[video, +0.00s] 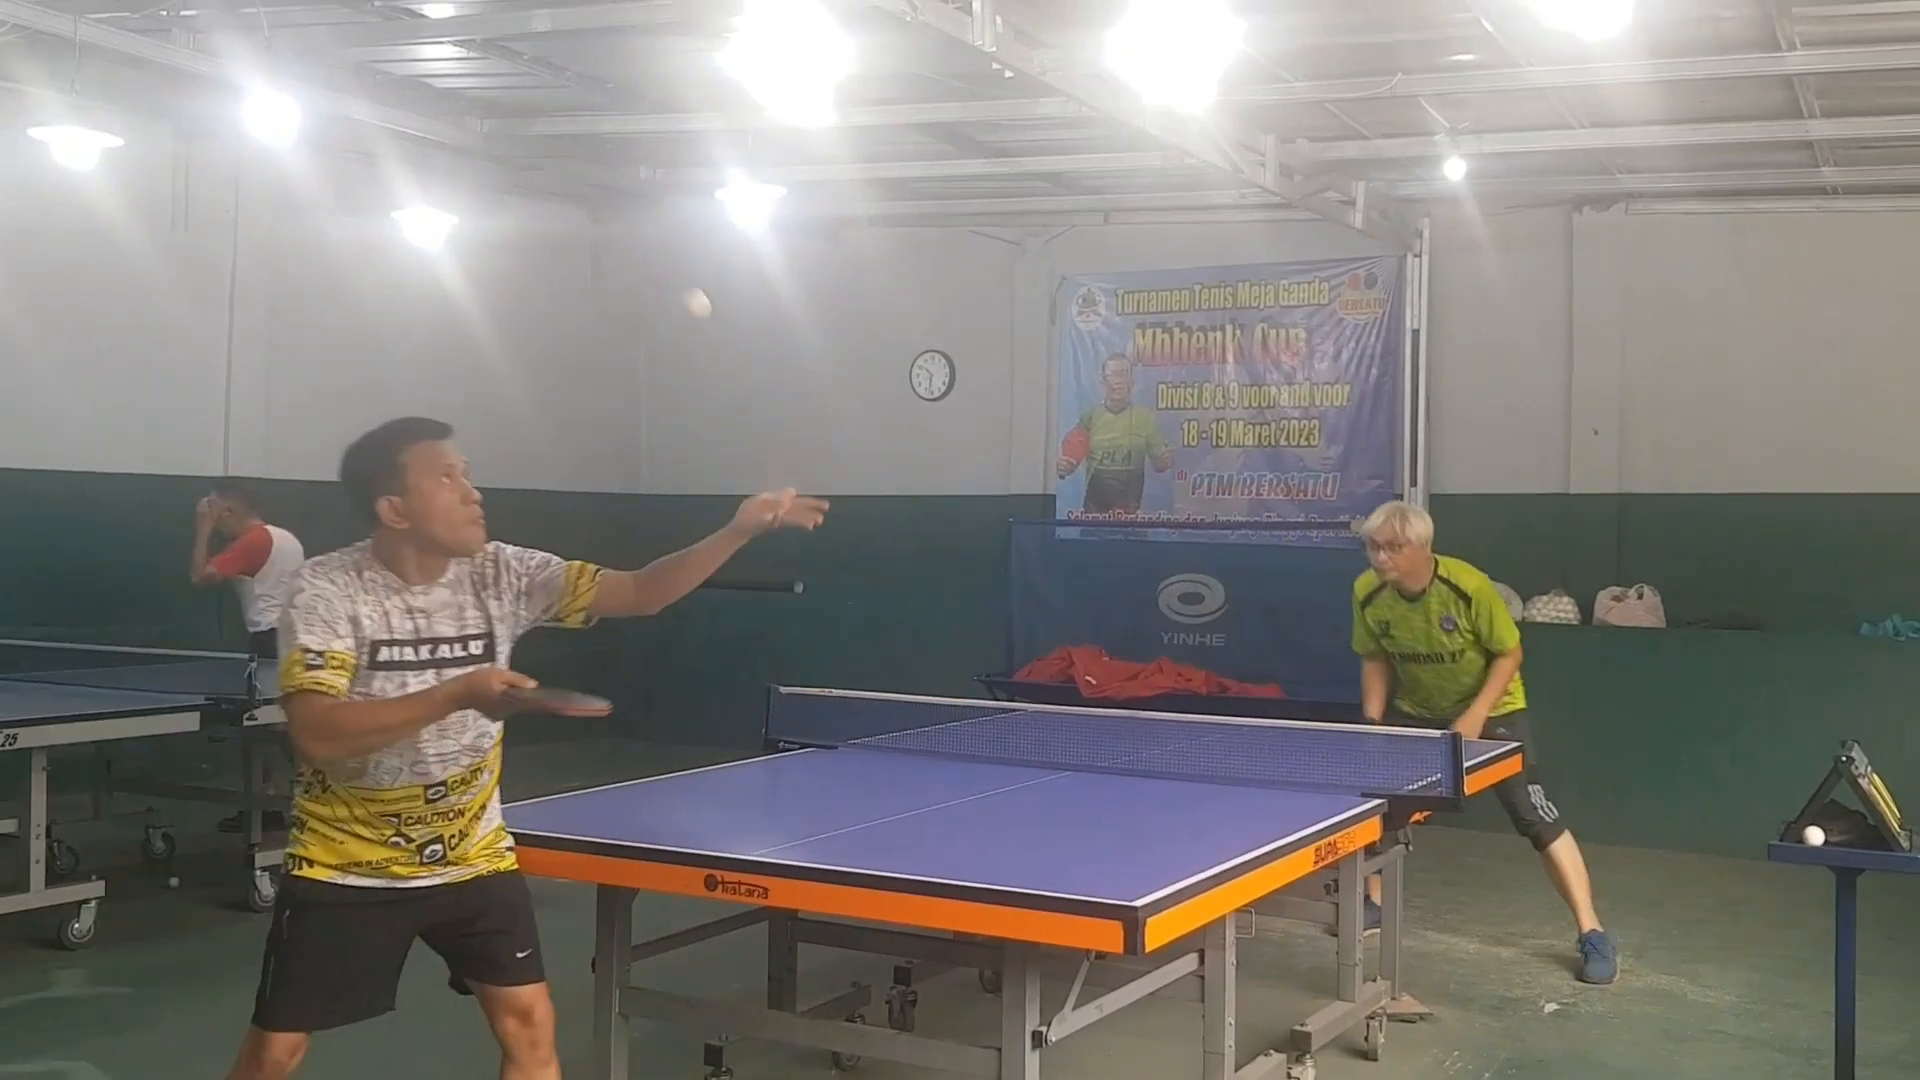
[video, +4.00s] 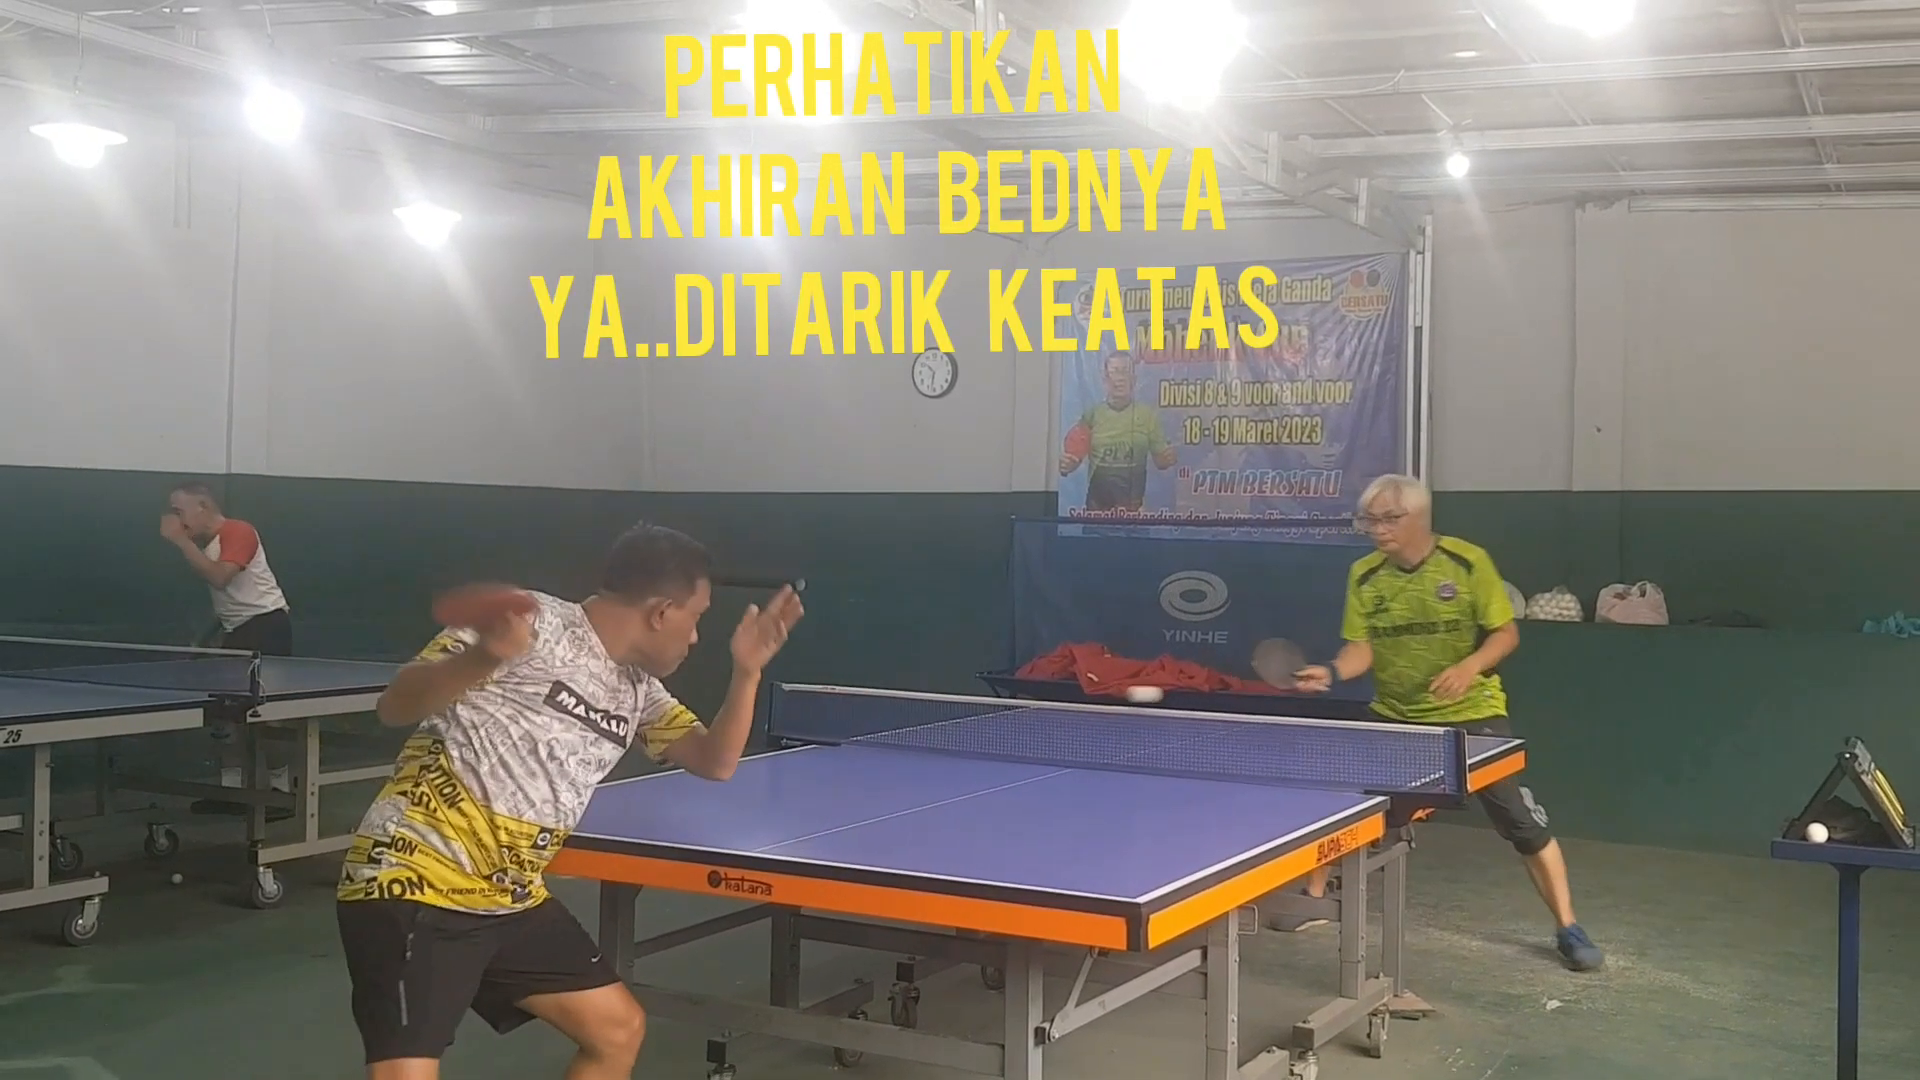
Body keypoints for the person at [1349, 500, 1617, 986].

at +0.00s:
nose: (1378, 557)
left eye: (1389, 548)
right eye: (1373, 548)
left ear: (1419, 547)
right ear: (1369, 550)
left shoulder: (1466, 586)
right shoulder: (1368, 592)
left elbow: (1509, 652)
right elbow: (1374, 658)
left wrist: (1477, 713)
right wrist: (1371, 723)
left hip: (1493, 710)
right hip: (1414, 714)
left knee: (1533, 812)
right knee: (1375, 806)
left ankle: (1591, 932)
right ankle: (1372, 904)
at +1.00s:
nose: (1375, 521)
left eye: (1386, 511)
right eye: (1370, 512)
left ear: (1418, 514)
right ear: (1367, 516)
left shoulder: (1465, 558)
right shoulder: (1357, 564)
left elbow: (1492, 625)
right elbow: (1346, 624)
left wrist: (1452, 681)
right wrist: (1328, 683)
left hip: (1466, 698)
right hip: (1390, 697)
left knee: (1492, 803)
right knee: (1365, 794)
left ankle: (1509, 915)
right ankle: (1368, 897)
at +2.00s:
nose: (1367, 521)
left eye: (1378, 511)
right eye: (1361, 511)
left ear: (1409, 513)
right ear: (1355, 515)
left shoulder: (1454, 558)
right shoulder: (1349, 561)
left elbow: (1483, 626)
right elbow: (1332, 624)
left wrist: (1441, 676)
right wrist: (1301, 668)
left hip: (1452, 705)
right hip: (1373, 702)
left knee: (1485, 808)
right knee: (1330, 790)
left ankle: (1505, 918)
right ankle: (1308, 895)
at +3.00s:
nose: (1347, 529)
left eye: (1358, 519)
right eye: (1342, 519)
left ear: (1387, 519)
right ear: (1337, 522)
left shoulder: (1434, 564)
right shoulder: (1330, 572)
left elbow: (1470, 632)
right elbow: (1317, 638)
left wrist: (1439, 676)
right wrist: (1289, 674)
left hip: (1441, 705)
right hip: (1365, 706)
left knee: (1485, 801)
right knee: (1318, 785)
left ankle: (1535, 911)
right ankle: (1311, 896)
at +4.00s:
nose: (1377, 530)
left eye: (1387, 519)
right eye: (1371, 521)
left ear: (1417, 517)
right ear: (1366, 524)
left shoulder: (1469, 563)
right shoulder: (1364, 574)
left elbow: (1506, 635)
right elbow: (1361, 648)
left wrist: (1469, 667)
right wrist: (1331, 671)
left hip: (1473, 719)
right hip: (1393, 719)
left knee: (1522, 816)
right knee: (1335, 794)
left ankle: (1568, 926)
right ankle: (1312, 896)